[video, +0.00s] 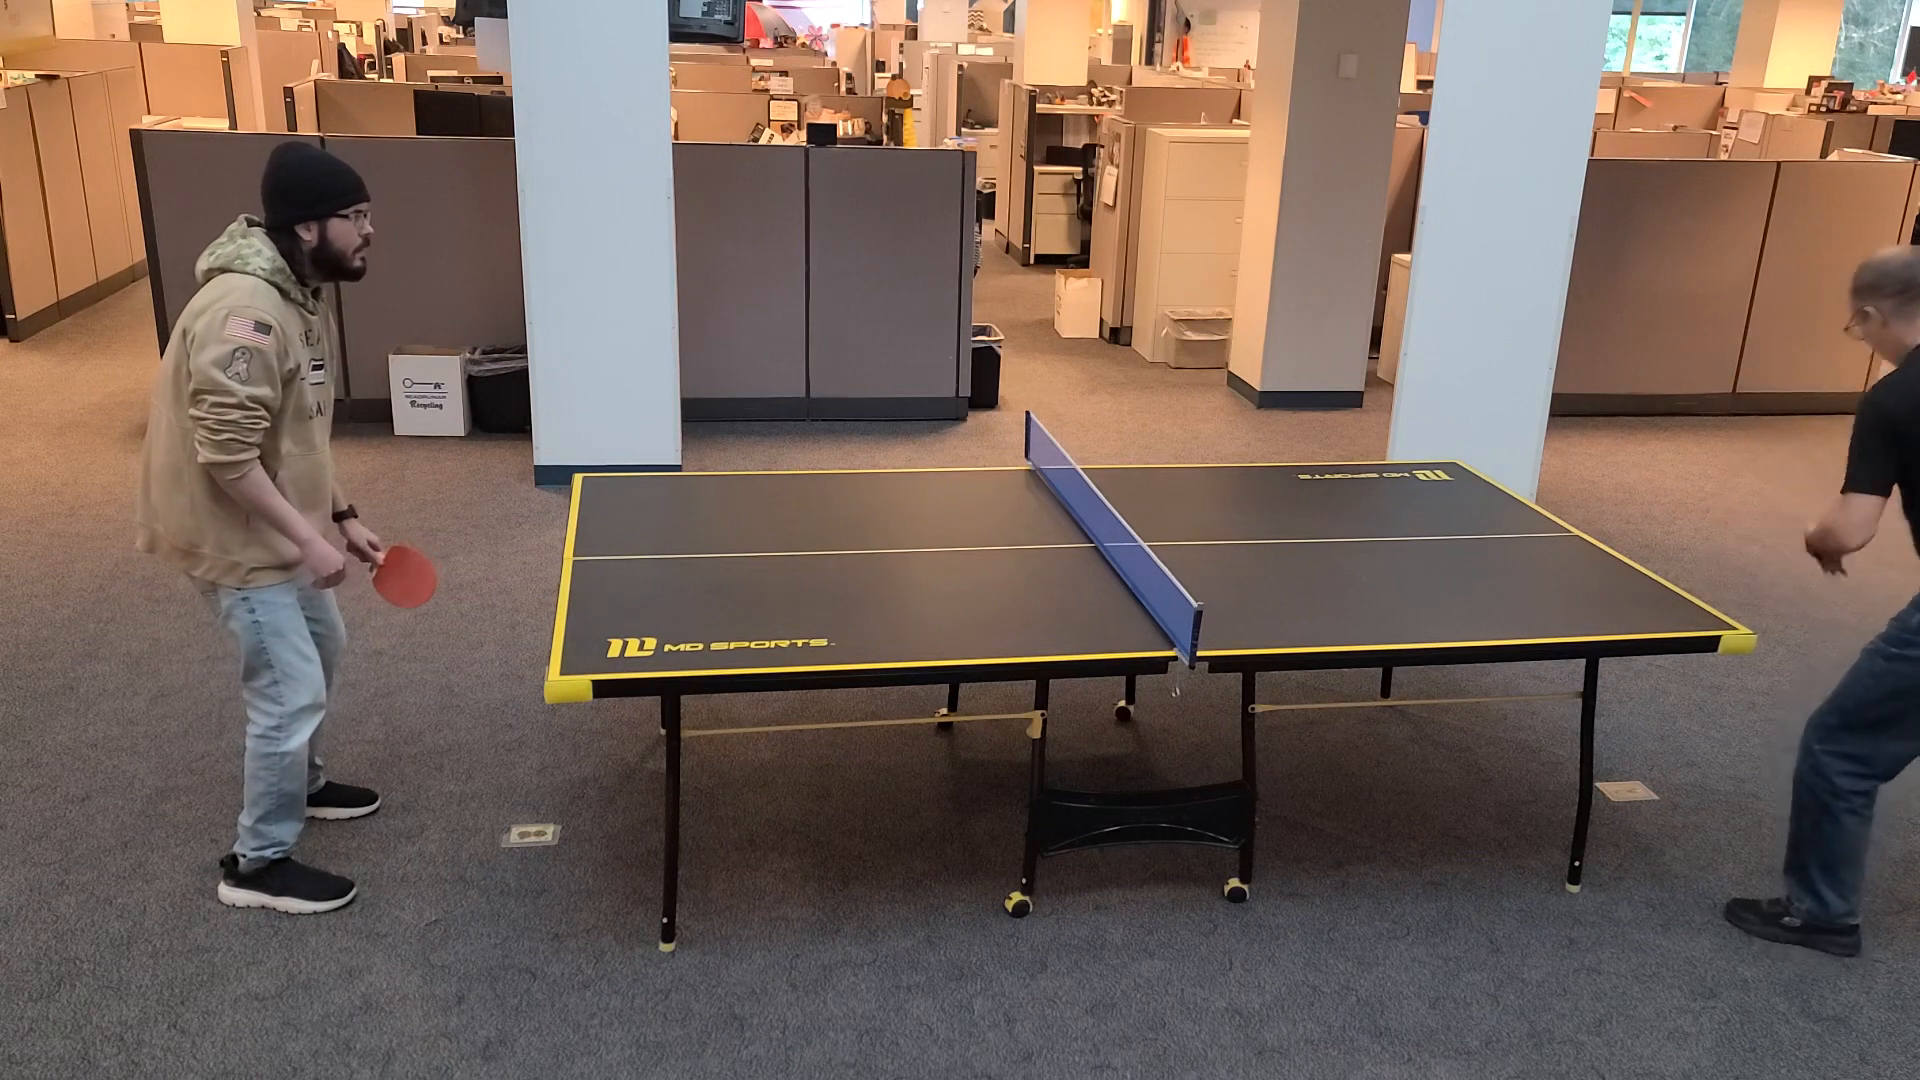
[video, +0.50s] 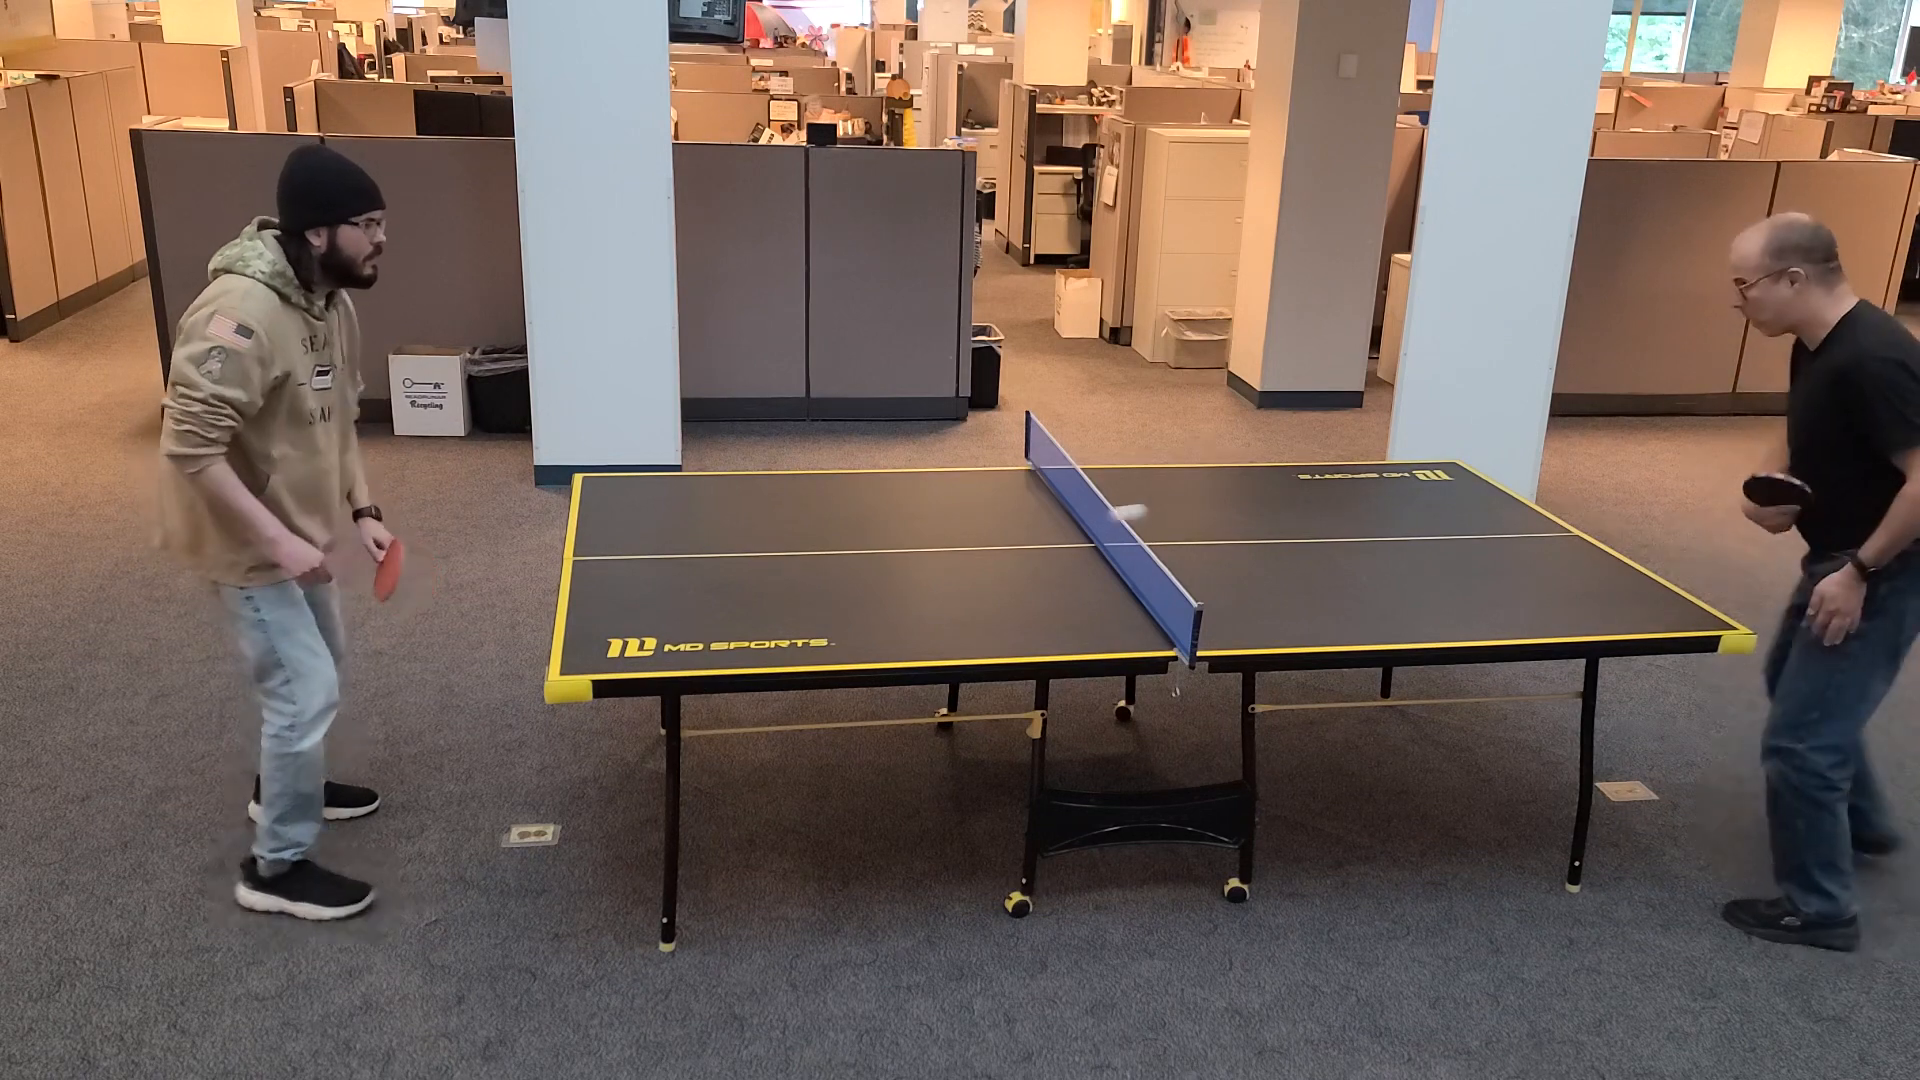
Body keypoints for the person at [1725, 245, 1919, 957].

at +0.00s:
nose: (1859, 335)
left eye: (1861, 321)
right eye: (1858, 322)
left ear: (1890, 312)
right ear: (1911, 310)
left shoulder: (1896, 398)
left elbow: (1853, 530)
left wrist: (1823, 540)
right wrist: (1833, 535)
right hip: (1919, 620)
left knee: (1840, 744)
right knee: (1848, 744)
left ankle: (1824, 911)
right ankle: (1825, 909)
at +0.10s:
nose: (1825, 358)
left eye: (1822, 343)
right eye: (1819, 345)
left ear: (1846, 325)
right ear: (1896, 310)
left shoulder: (1874, 399)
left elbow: (1863, 530)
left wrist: (1822, 569)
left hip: (1919, 610)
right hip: (1914, 611)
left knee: (1829, 746)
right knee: (1840, 745)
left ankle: (1824, 914)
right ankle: (1824, 910)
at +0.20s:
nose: (1790, 360)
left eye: (1783, 344)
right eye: (1781, 348)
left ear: (1815, 320)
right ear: (1849, 308)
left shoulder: (1870, 385)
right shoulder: (1904, 358)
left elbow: (1898, 513)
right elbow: (1891, 512)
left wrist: (1827, 583)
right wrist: (1827, 582)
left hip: (1908, 603)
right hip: (1908, 600)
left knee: (1819, 750)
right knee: (1829, 748)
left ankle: (1824, 917)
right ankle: (1822, 910)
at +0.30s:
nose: (1756, 340)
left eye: (1757, 324)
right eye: (1752, 326)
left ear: (1803, 307)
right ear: (1808, 304)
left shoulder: (1873, 371)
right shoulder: (1883, 352)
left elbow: (1919, 495)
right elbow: (1900, 488)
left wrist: (1854, 575)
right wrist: (1836, 536)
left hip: (1900, 606)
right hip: (1902, 598)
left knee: (1817, 756)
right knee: (1918, 740)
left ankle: (1822, 915)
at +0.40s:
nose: (1747, 318)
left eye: (1749, 302)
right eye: (1743, 304)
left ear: (1794, 290)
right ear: (1800, 287)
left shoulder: (1876, 362)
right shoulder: (1838, 350)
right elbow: (1864, 457)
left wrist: (1869, 573)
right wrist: (1816, 506)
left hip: (1895, 590)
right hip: (1880, 581)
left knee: (1816, 752)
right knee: (1882, 730)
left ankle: (1822, 913)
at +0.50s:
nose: (1738, 297)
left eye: (1746, 283)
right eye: (1736, 284)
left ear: (1796, 279)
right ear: (1797, 279)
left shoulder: (1877, 358)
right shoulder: (1815, 345)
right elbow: (1815, 442)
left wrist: (1859, 572)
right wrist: (1780, 494)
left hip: (1884, 577)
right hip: (1834, 561)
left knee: (1799, 741)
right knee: (1789, 680)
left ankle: (1821, 907)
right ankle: (1865, 823)